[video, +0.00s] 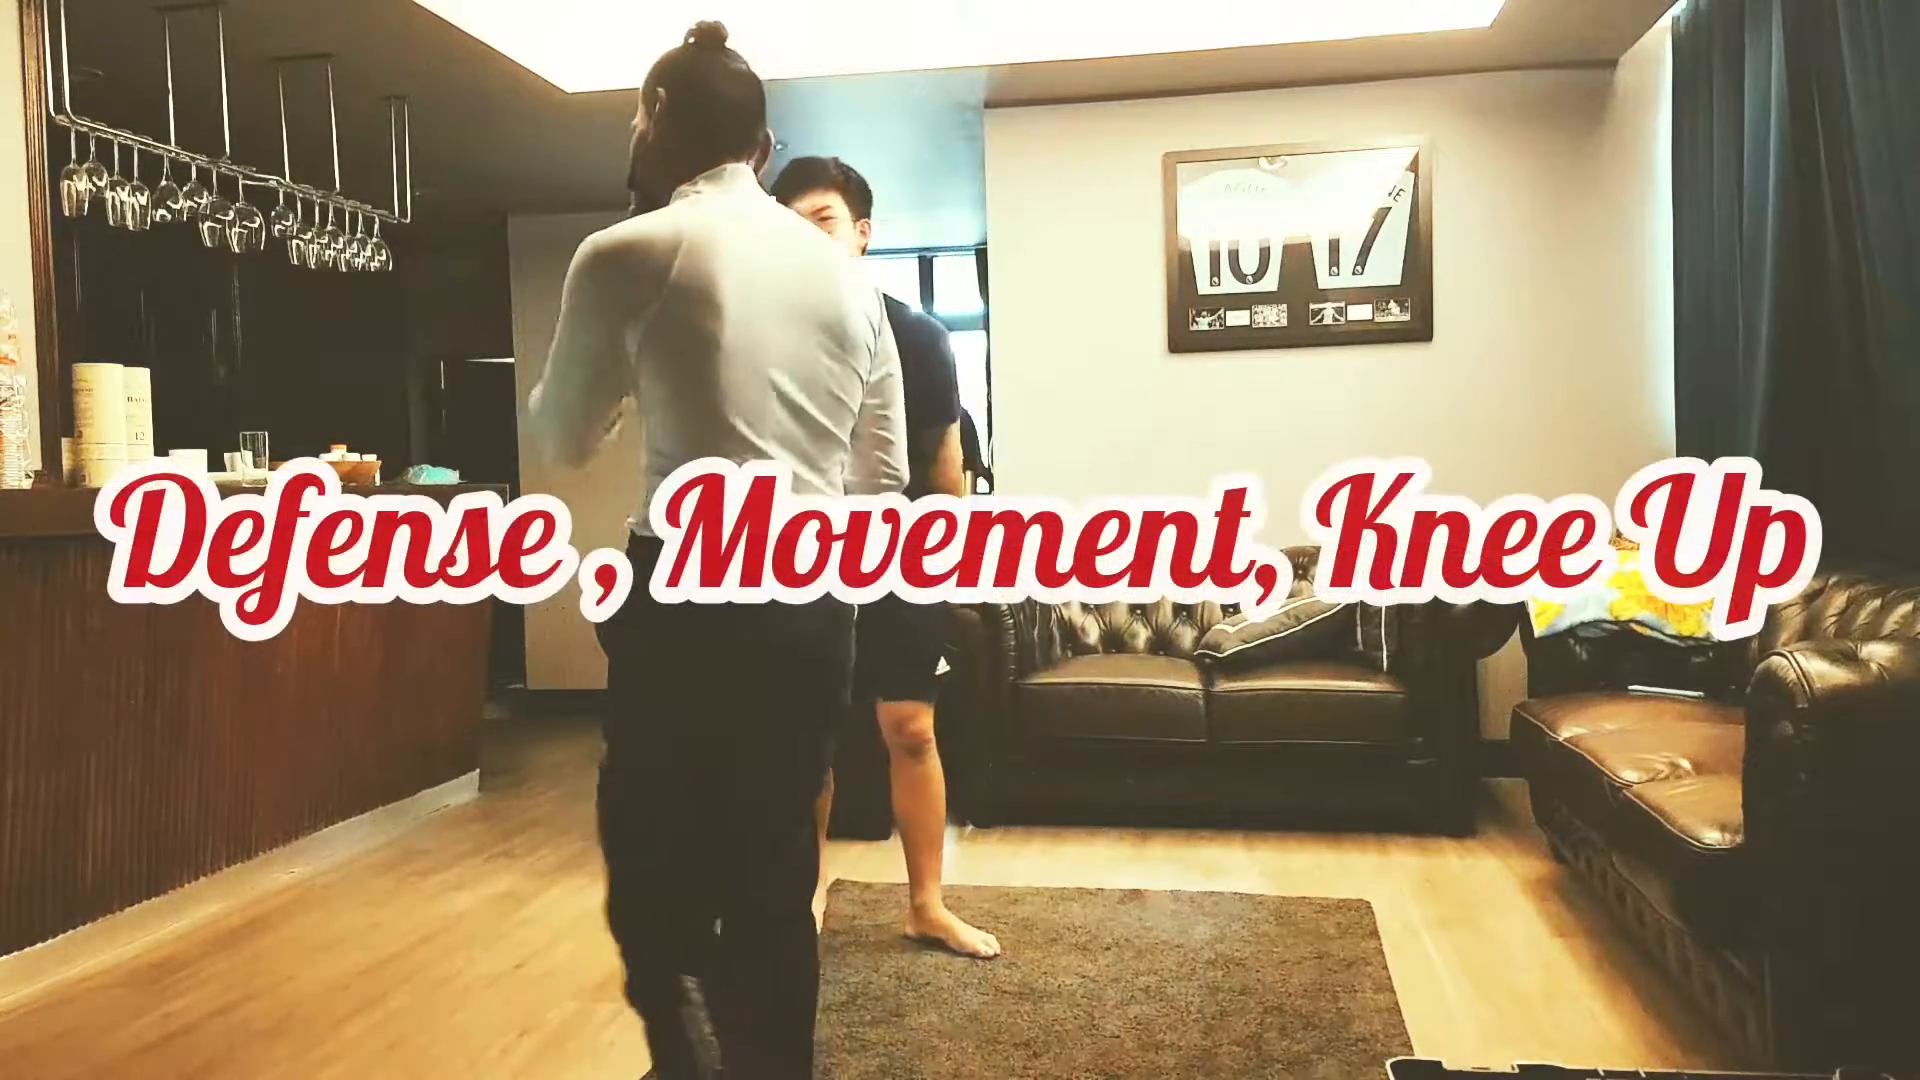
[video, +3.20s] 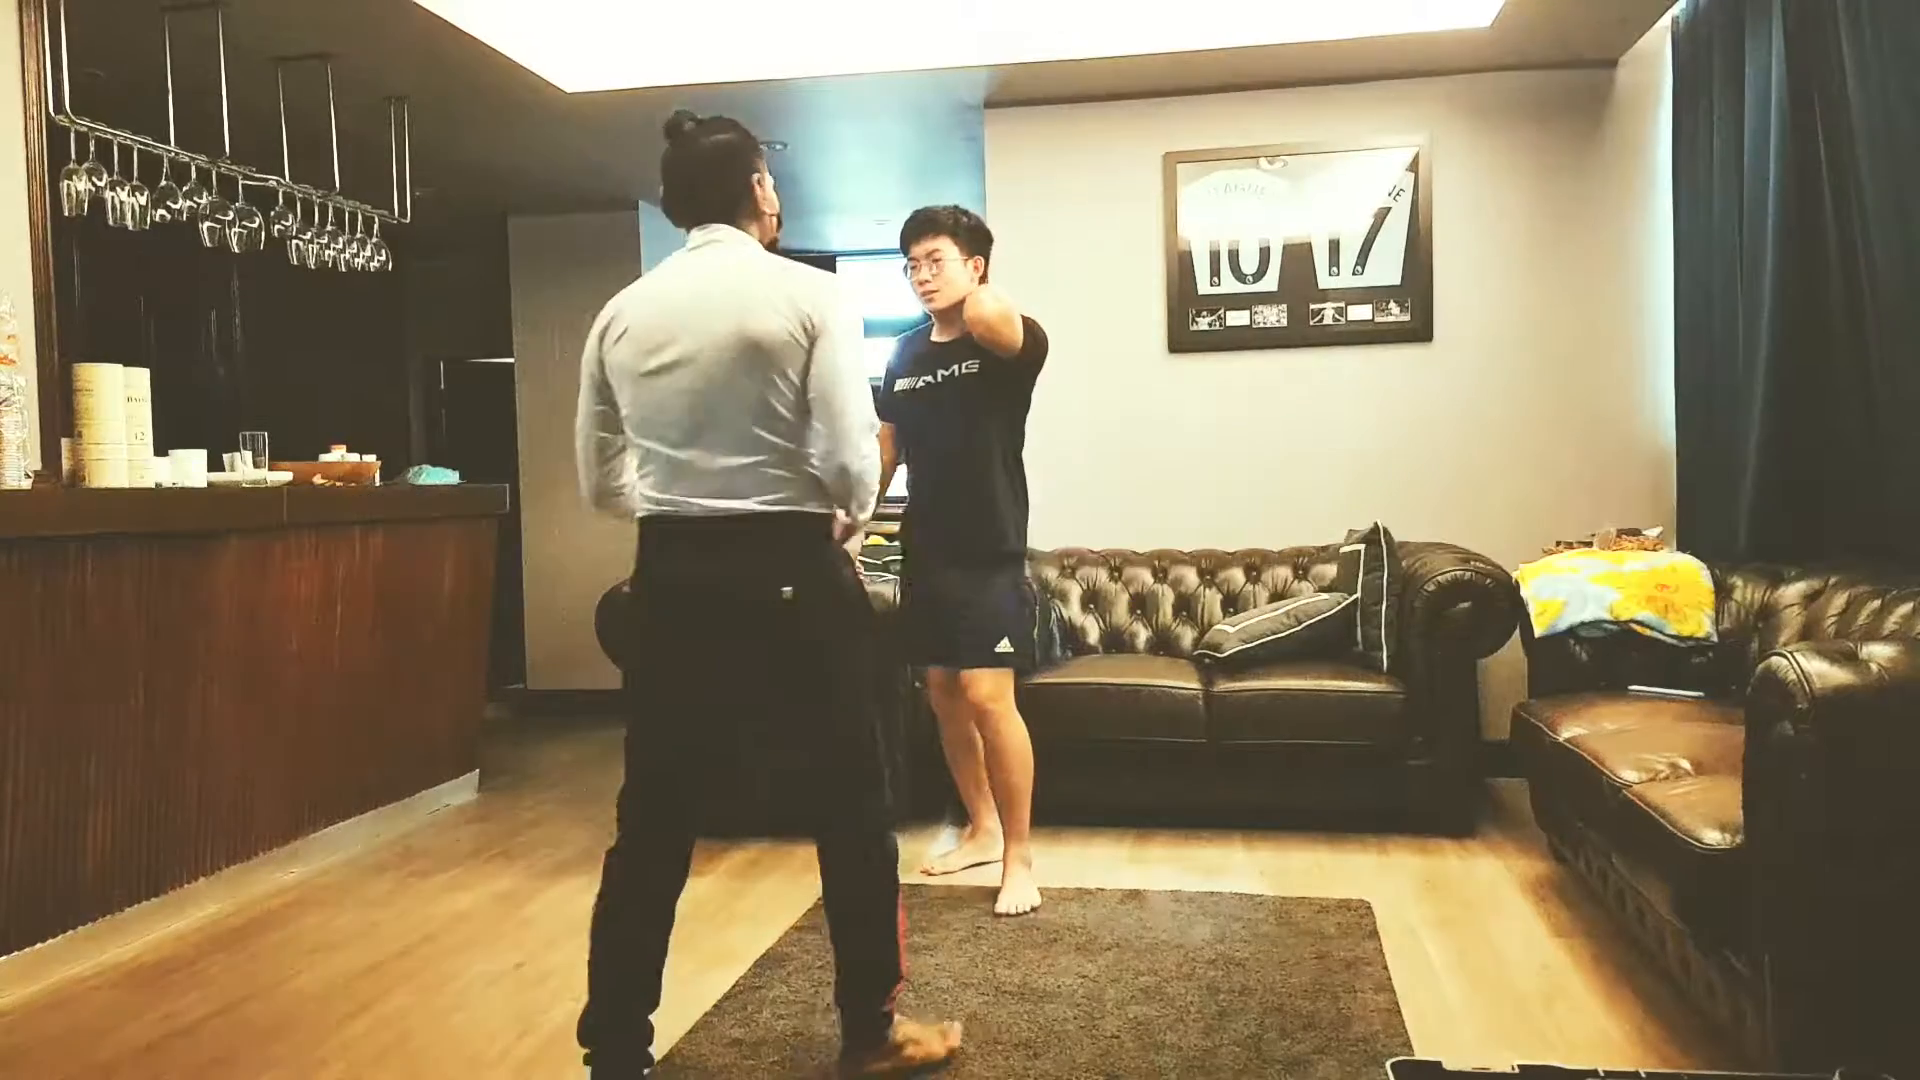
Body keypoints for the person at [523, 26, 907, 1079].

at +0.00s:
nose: (633, 132)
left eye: (640, 115)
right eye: (637, 115)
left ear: (660, 124)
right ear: (758, 138)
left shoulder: (626, 252)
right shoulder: (841, 267)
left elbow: (561, 445)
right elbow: (880, 466)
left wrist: (628, 372)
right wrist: (826, 580)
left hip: (682, 605)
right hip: (810, 614)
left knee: (650, 882)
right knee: (777, 882)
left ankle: (689, 1052)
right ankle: (777, 1062)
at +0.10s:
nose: (645, 147)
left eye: (651, 131)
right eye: (648, 131)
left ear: (667, 141)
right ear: (768, 156)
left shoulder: (615, 262)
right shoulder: (849, 281)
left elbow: (579, 446)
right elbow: (884, 476)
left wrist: (649, 366)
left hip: (680, 632)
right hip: (813, 638)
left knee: (597, 895)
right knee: (780, 908)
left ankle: (685, 1072)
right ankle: (781, 1070)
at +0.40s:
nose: (792, 208)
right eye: (794, 192)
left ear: (678, 178)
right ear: (780, 186)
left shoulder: (601, 272)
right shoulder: (839, 284)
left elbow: (549, 456)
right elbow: (903, 457)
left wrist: (622, 409)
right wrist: (881, 546)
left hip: (661, 610)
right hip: (804, 616)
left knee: (653, 868)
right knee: (787, 869)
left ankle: (647, 1065)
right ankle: (780, 1065)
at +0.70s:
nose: (796, 221)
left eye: (794, 210)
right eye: (795, 208)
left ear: (688, 201)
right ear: (770, 196)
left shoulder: (600, 282)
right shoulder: (788, 258)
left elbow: (460, 382)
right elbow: (853, 328)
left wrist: (569, 492)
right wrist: (873, 476)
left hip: (643, 598)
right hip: (777, 596)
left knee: (662, 858)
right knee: (823, 855)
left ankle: (672, 1064)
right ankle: (777, 1064)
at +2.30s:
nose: (806, 171)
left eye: (799, 155)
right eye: (800, 155)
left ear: (698, 170)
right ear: (780, 166)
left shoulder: (617, 288)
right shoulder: (833, 277)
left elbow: (584, 483)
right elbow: (921, 453)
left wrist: (642, 564)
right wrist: (912, 586)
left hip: (681, 634)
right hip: (818, 632)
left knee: (660, 872)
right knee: (831, 880)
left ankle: (609, 1064)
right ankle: (831, 1060)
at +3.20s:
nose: (780, 194)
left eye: (773, 177)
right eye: (774, 178)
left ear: (674, 205)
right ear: (756, 190)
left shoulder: (620, 315)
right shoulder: (809, 294)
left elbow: (604, 482)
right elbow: (848, 465)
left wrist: (711, 496)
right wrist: (839, 512)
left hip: (671, 580)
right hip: (793, 575)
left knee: (651, 824)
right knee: (852, 805)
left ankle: (614, 1055)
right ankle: (872, 1025)